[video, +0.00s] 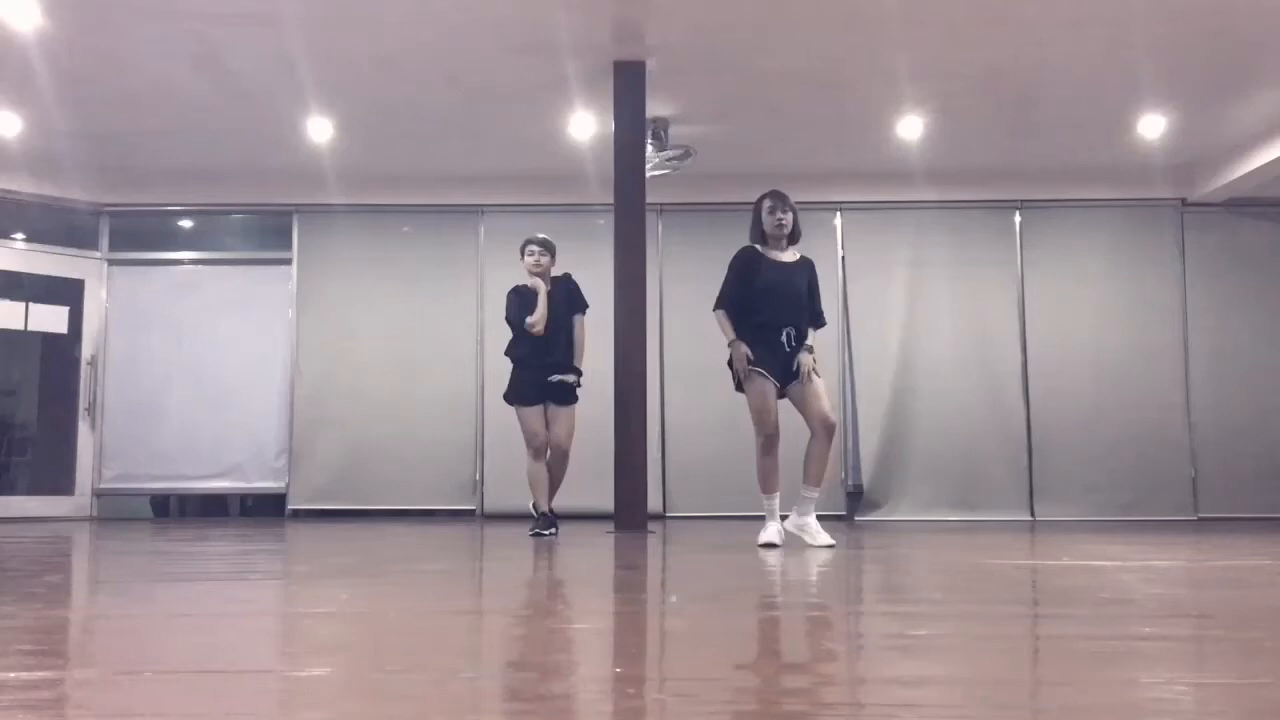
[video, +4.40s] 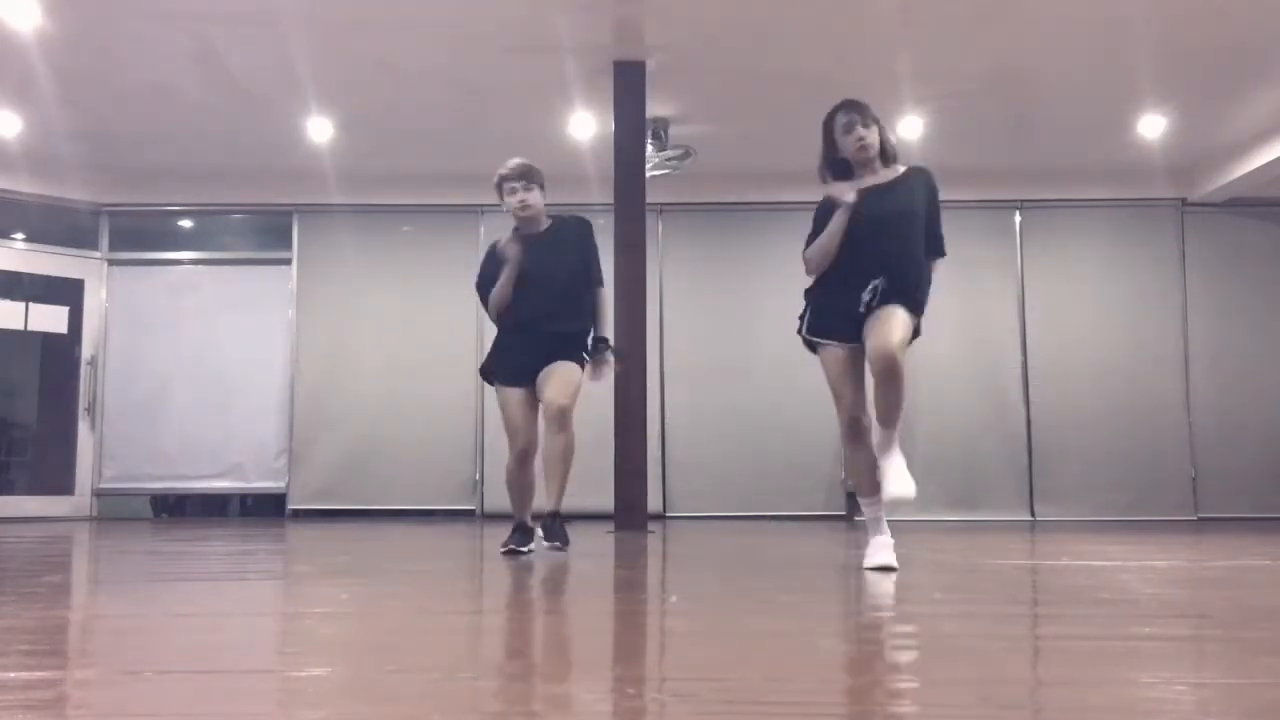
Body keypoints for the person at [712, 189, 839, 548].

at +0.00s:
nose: (779, 216)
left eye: (784, 210)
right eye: (771, 212)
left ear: (793, 218)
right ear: (759, 220)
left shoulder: (804, 264)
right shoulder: (747, 257)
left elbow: (810, 316)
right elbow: (721, 307)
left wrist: (807, 349)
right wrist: (734, 342)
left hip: (795, 355)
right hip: (757, 356)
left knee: (826, 425)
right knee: (768, 434)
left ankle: (804, 516)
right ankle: (771, 522)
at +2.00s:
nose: (768, 240)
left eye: (774, 235)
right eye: (762, 235)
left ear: (782, 240)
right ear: (752, 241)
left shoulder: (798, 277)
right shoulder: (740, 282)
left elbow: (812, 320)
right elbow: (723, 333)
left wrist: (823, 329)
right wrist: (728, 370)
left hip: (785, 368)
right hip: (747, 371)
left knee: (778, 422)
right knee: (756, 440)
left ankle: (790, 491)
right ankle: (769, 515)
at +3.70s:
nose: (819, 196)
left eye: (825, 190)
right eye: (810, 190)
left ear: (836, 197)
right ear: (797, 200)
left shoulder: (854, 245)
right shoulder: (784, 251)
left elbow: (860, 302)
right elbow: (768, 303)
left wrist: (854, 342)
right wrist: (757, 339)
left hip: (843, 341)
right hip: (795, 346)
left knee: (846, 406)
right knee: (814, 442)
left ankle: (859, 495)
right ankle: (835, 524)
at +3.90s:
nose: (831, 170)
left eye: (839, 164)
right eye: (822, 164)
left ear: (849, 174)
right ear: (808, 174)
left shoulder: (860, 228)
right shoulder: (790, 223)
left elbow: (869, 296)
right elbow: (777, 289)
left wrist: (887, 270)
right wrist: (777, 350)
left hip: (864, 328)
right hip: (812, 329)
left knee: (865, 422)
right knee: (840, 408)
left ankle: (845, 522)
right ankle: (817, 482)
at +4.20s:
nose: (853, 148)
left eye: (860, 141)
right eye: (843, 142)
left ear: (873, 150)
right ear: (827, 153)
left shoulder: (893, 199)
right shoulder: (810, 207)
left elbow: (924, 262)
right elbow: (770, 260)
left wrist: (952, 314)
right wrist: (792, 274)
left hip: (886, 326)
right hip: (828, 325)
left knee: (883, 440)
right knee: (850, 414)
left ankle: (840, 488)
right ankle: (874, 533)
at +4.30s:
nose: (857, 141)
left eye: (864, 133)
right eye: (846, 134)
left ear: (877, 141)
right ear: (832, 146)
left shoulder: (902, 188)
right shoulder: (823, 204)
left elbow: (933, 257)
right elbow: (789, 275)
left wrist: (933, 319)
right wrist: (811, 228)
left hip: (888, 308)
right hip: (828, 314)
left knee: (892, 393)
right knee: (851, 423)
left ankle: (872, 435)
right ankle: (875, 535)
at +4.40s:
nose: (859, 135)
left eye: (864, 125)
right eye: (847, 132)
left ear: (879, 130)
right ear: (836, 147)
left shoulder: (917, 181)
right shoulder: (834, 199)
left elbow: (930, 253)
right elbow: (812, 265)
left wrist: (916, 304)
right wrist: (843, 210)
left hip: (894, 292)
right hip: (835, 302)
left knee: (885, 350)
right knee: (854, 421)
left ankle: (888, 449)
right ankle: (877, 533)